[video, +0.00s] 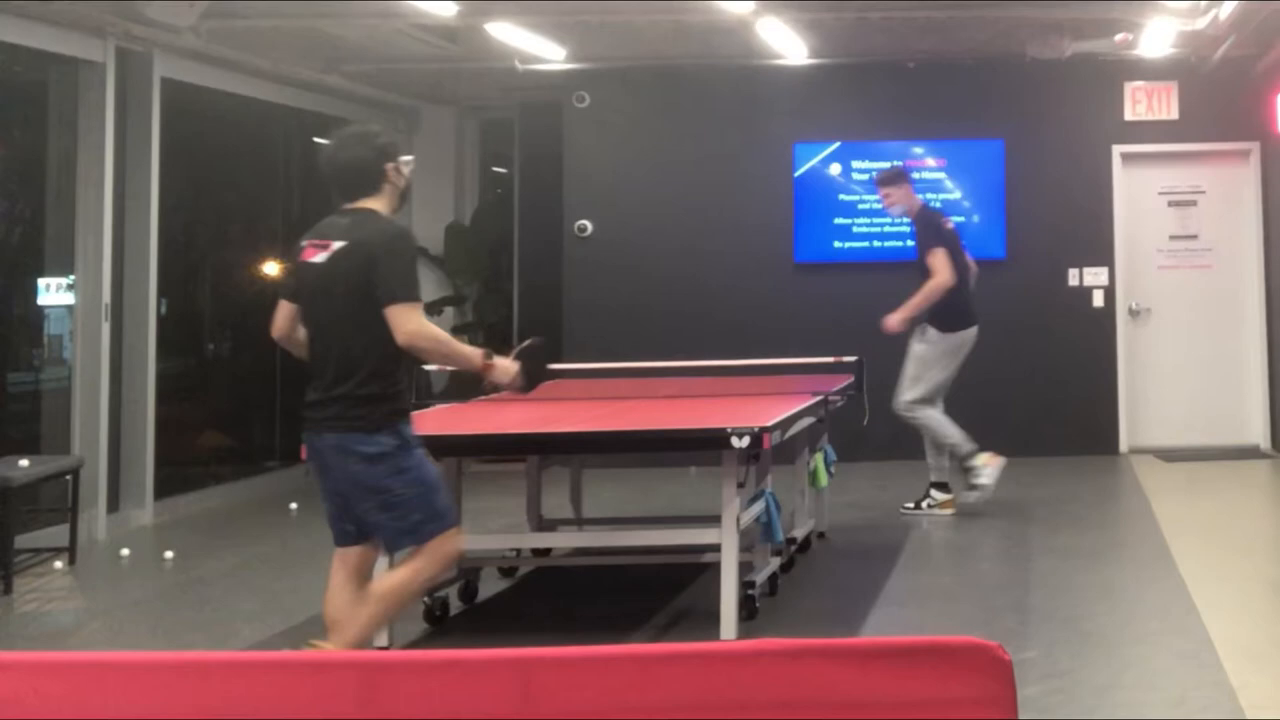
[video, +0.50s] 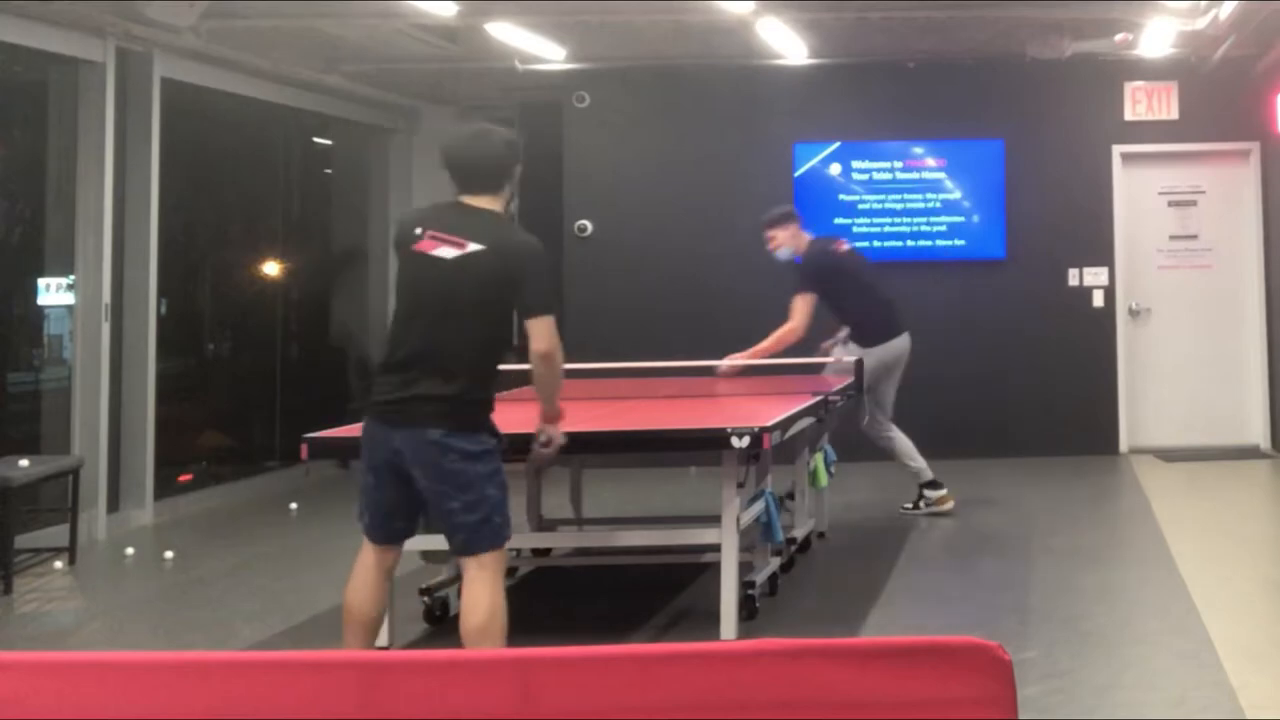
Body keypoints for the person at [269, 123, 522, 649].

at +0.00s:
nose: (406, 172)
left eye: (403, 163)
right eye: (401, 164)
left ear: (341, 179)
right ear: (387, 172)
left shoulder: (317, 238)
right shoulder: (387, 237)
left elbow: (284, 329)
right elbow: (410, 332)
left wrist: (333, 359)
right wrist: (485, 363)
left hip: (327, 430)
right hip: (371, 432)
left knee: (354, 552)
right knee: (442, 545)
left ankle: (345, 679)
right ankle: (336, 650)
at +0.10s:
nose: (419, 171)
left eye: (414, 162)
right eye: (413, 162)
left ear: (354, 178)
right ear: (399, 172)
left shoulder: (327, 239)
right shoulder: (404, 235)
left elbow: (298, 335)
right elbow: (417, 331)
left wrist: (353, 364)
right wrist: (479, 371)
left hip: (338, 429)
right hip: (391, 430)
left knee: (354, 556)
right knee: (463, 537)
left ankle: (351, 684)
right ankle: (391, 669)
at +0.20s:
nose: (440, 172)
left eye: (435, 164)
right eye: (434, 166)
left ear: (379, 182)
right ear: (423, 177)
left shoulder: (344, 242)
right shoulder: (429, 238)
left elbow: (326, 337)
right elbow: (441, 336)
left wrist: (384, 355)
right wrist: (483, 387)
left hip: (354, 435)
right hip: (414, 437)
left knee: (357, 560)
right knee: (468, 550)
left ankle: (346, 691)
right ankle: (469, 693)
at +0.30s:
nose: (473, 174)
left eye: (469, 165)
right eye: (470, 166)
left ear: (404, 183)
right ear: (459, 176)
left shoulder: (369, 244)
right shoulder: (472, 245)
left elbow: (356, 336)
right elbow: (483, 347)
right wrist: (500, 405)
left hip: (370, 437)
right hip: (437, 440)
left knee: (363, 563)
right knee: (479, 563)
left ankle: (349, 690)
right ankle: (484, 702)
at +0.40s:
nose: (504, 173)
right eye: (502, 167)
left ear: (436, 176)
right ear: (496, 174)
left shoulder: (399, 235)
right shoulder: (505, 247)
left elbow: (389, 320)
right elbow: (524, 347)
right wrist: (526, 414)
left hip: (380, 427)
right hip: (448, 434)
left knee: (374, 559)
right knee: (485, 563)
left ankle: (350, 685)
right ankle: (489, 705)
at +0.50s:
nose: (518, 177)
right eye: (517, 170)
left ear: (454, 174)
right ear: (513, 176)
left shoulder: (414, 229)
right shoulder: (521, 248)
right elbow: (543, 348)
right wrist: (549, 413)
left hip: (386, 425)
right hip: (455, 431)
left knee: (377, 553)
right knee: (482, 564)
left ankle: (351, 683)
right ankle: (486, 705)